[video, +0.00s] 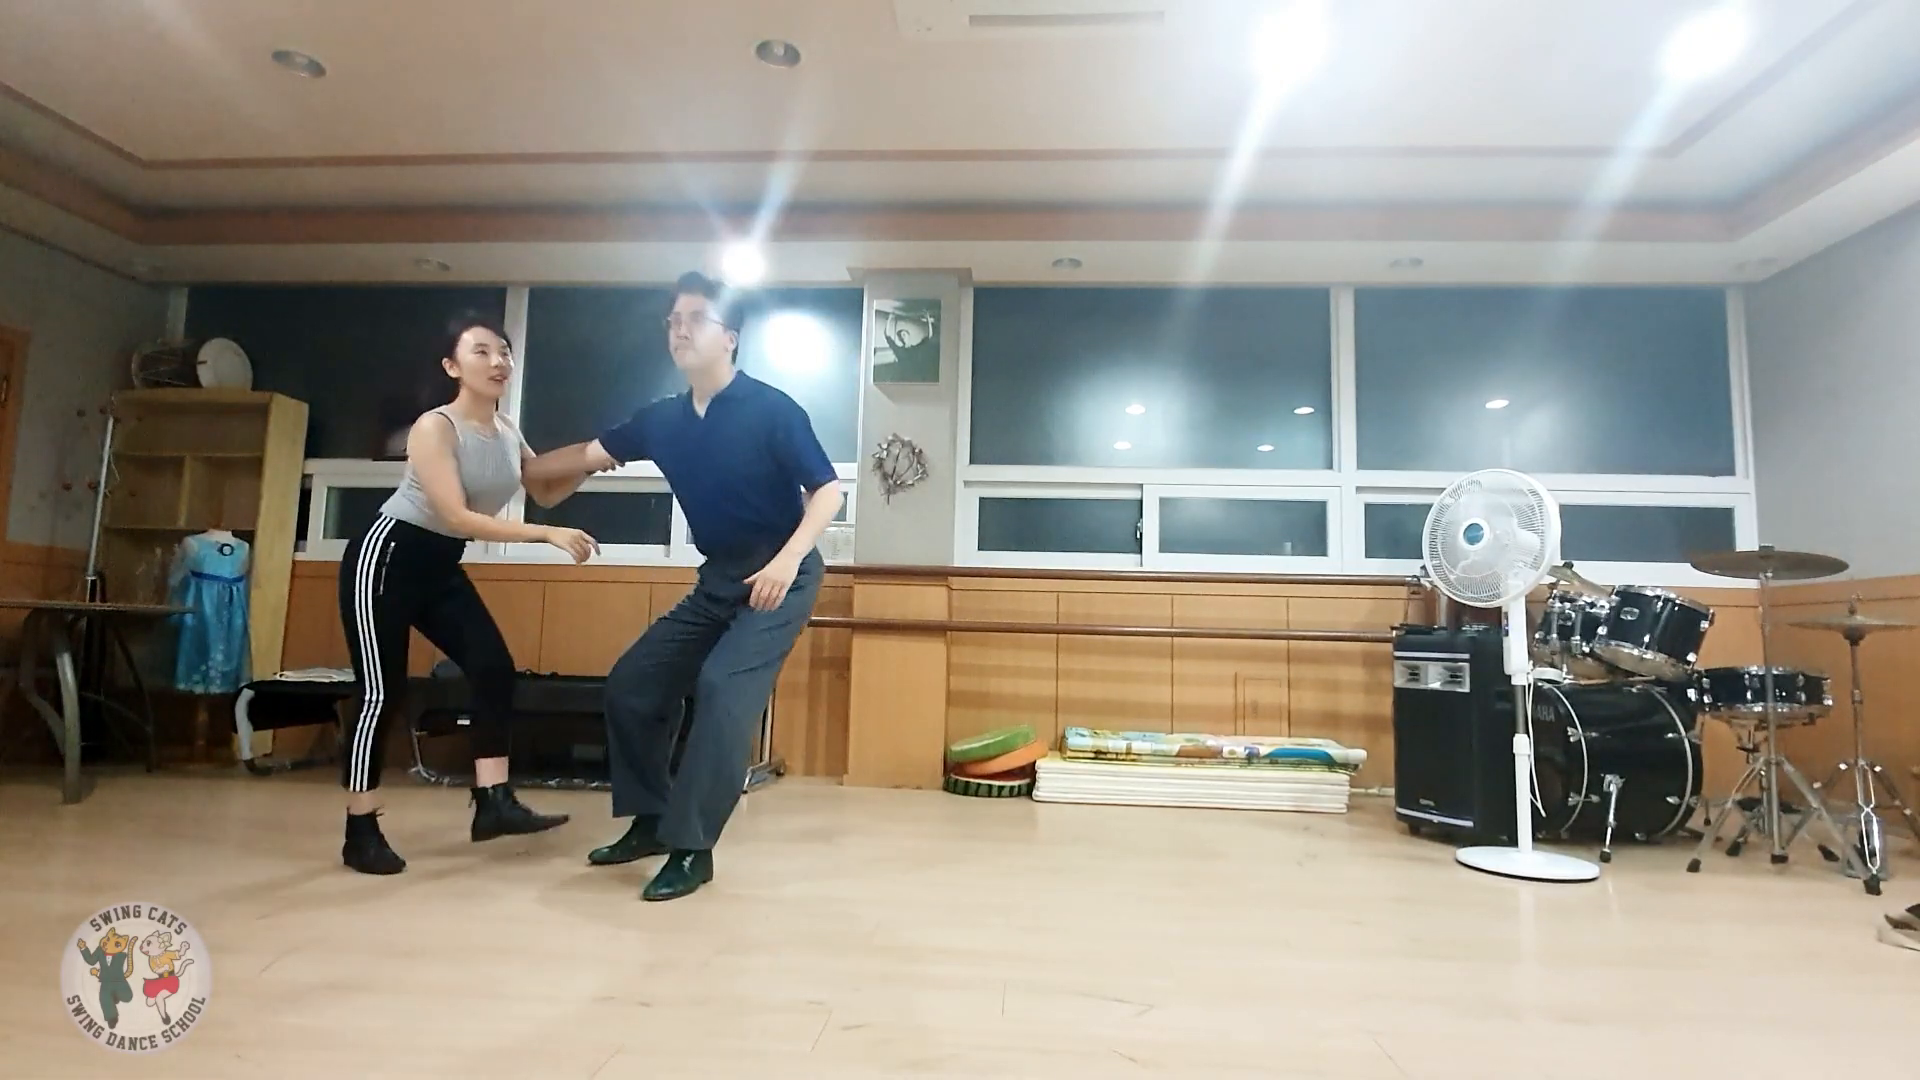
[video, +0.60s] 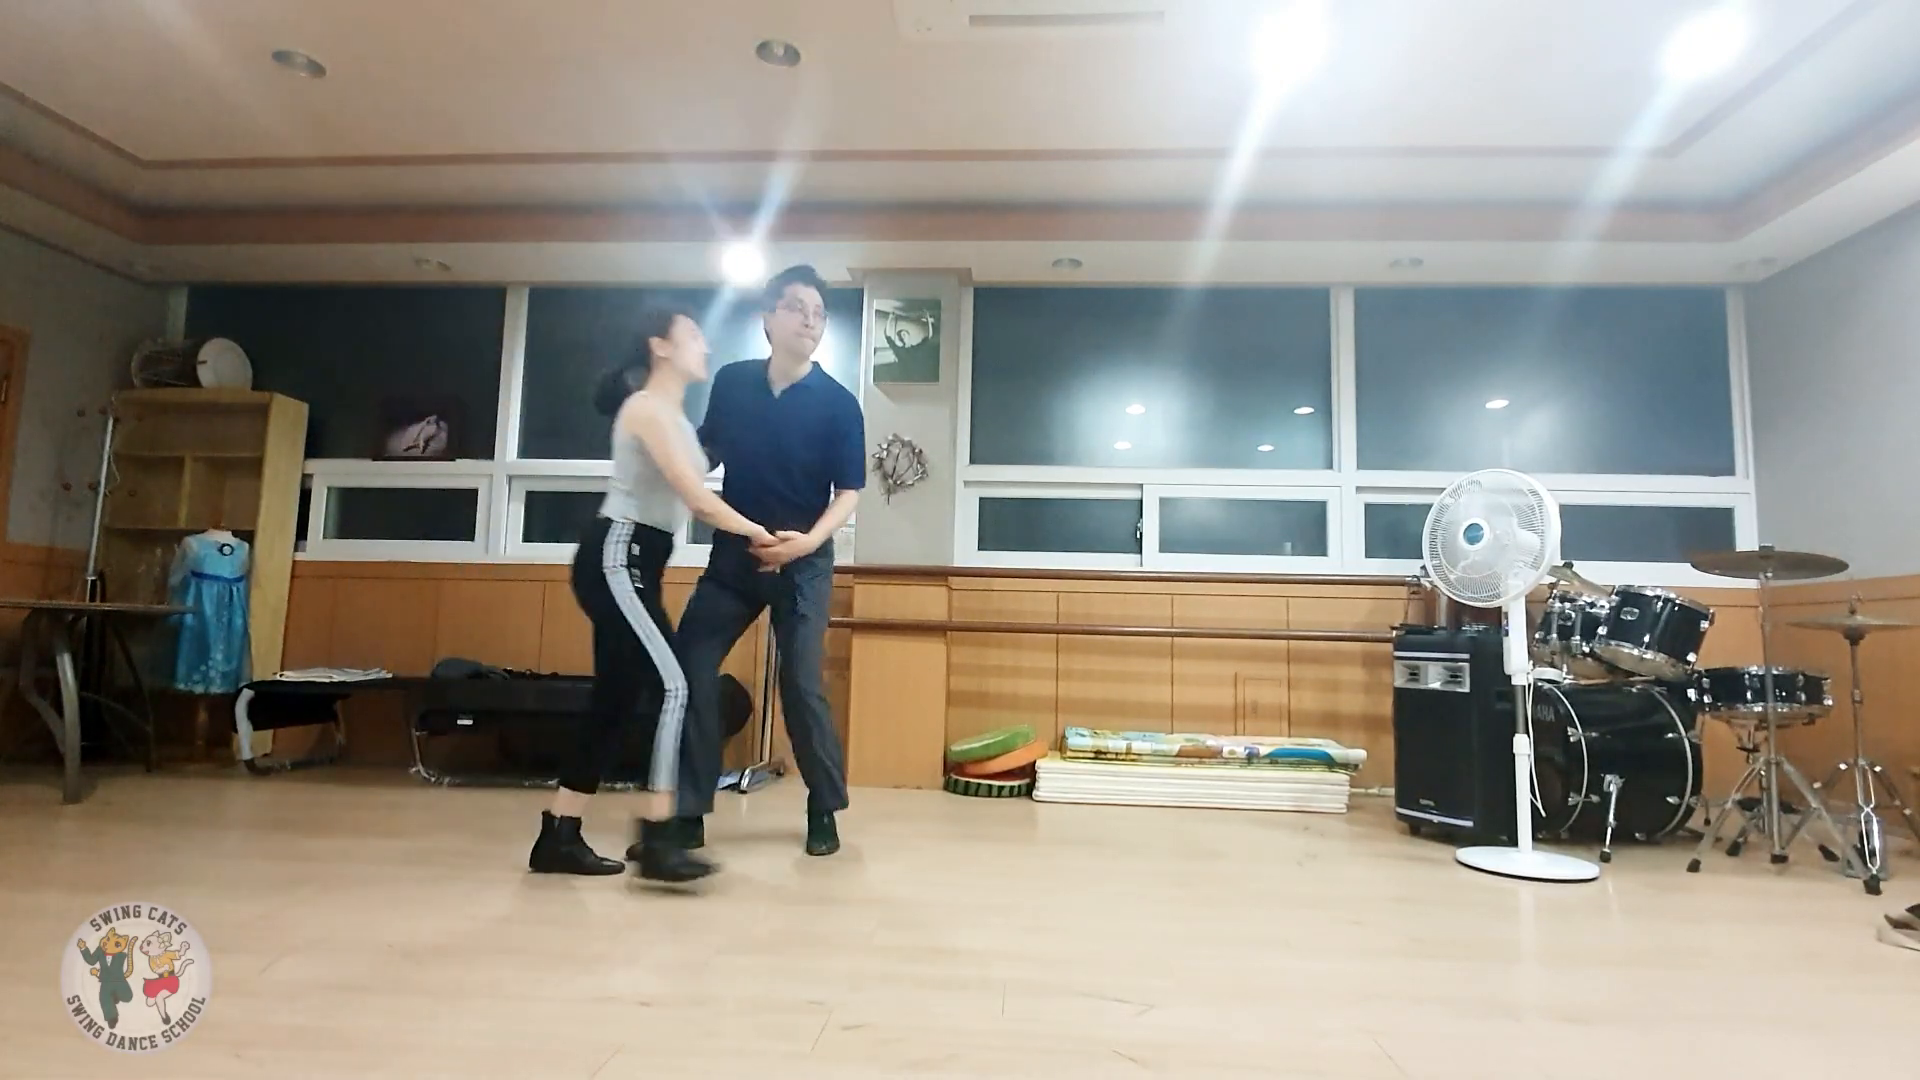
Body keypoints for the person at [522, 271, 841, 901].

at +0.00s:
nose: (678, 331)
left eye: (696, 320)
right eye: (674, 321)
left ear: (731, 336)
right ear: (669, 333)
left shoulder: (771, 409)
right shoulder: (660, 420)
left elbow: (827, 491)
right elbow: (588, 455)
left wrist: (788, 557)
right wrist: (514, 468)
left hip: (782, 575)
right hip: (719, 579)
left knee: (722, 687)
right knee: (631, 685)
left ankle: (693, 846)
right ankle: (652, 819)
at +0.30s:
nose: (754, 312)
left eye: (767, 304)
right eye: (743, 299)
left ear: (781, 319)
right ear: (721, 309)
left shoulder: (802, 399)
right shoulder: (694, 384)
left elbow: (824, 491)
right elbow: (659, 451)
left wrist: (775, 544)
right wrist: (581, 482)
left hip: (780, 556)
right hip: (714, 551)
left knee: (745, 685)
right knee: (668, 679)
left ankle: (706, 830)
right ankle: (677, 815)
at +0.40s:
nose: (779, 306)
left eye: (790, 298)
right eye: (766, 294)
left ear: (798, 310)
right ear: (739, 303)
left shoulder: (813, 390)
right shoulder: (706, 370)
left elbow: (825, 483)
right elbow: (682, 438)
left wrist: (774, 526)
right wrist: (629, 468)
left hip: (783, 549)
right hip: (713, 545)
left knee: (764, 677)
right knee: (690, 677)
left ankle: (747, 819)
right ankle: (682, 817)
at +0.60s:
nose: (809, 320)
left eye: (818, 312)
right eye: (796, 308)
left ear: (824, 325)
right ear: (768, 319)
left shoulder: (840, 403)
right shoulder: (732, 382)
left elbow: (850, 493)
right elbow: (703, 456)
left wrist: (808, 541)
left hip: (805, 559)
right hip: (734, 552)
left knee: (800, 681)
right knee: (690, 663)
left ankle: (823, 807)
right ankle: (688, 813)